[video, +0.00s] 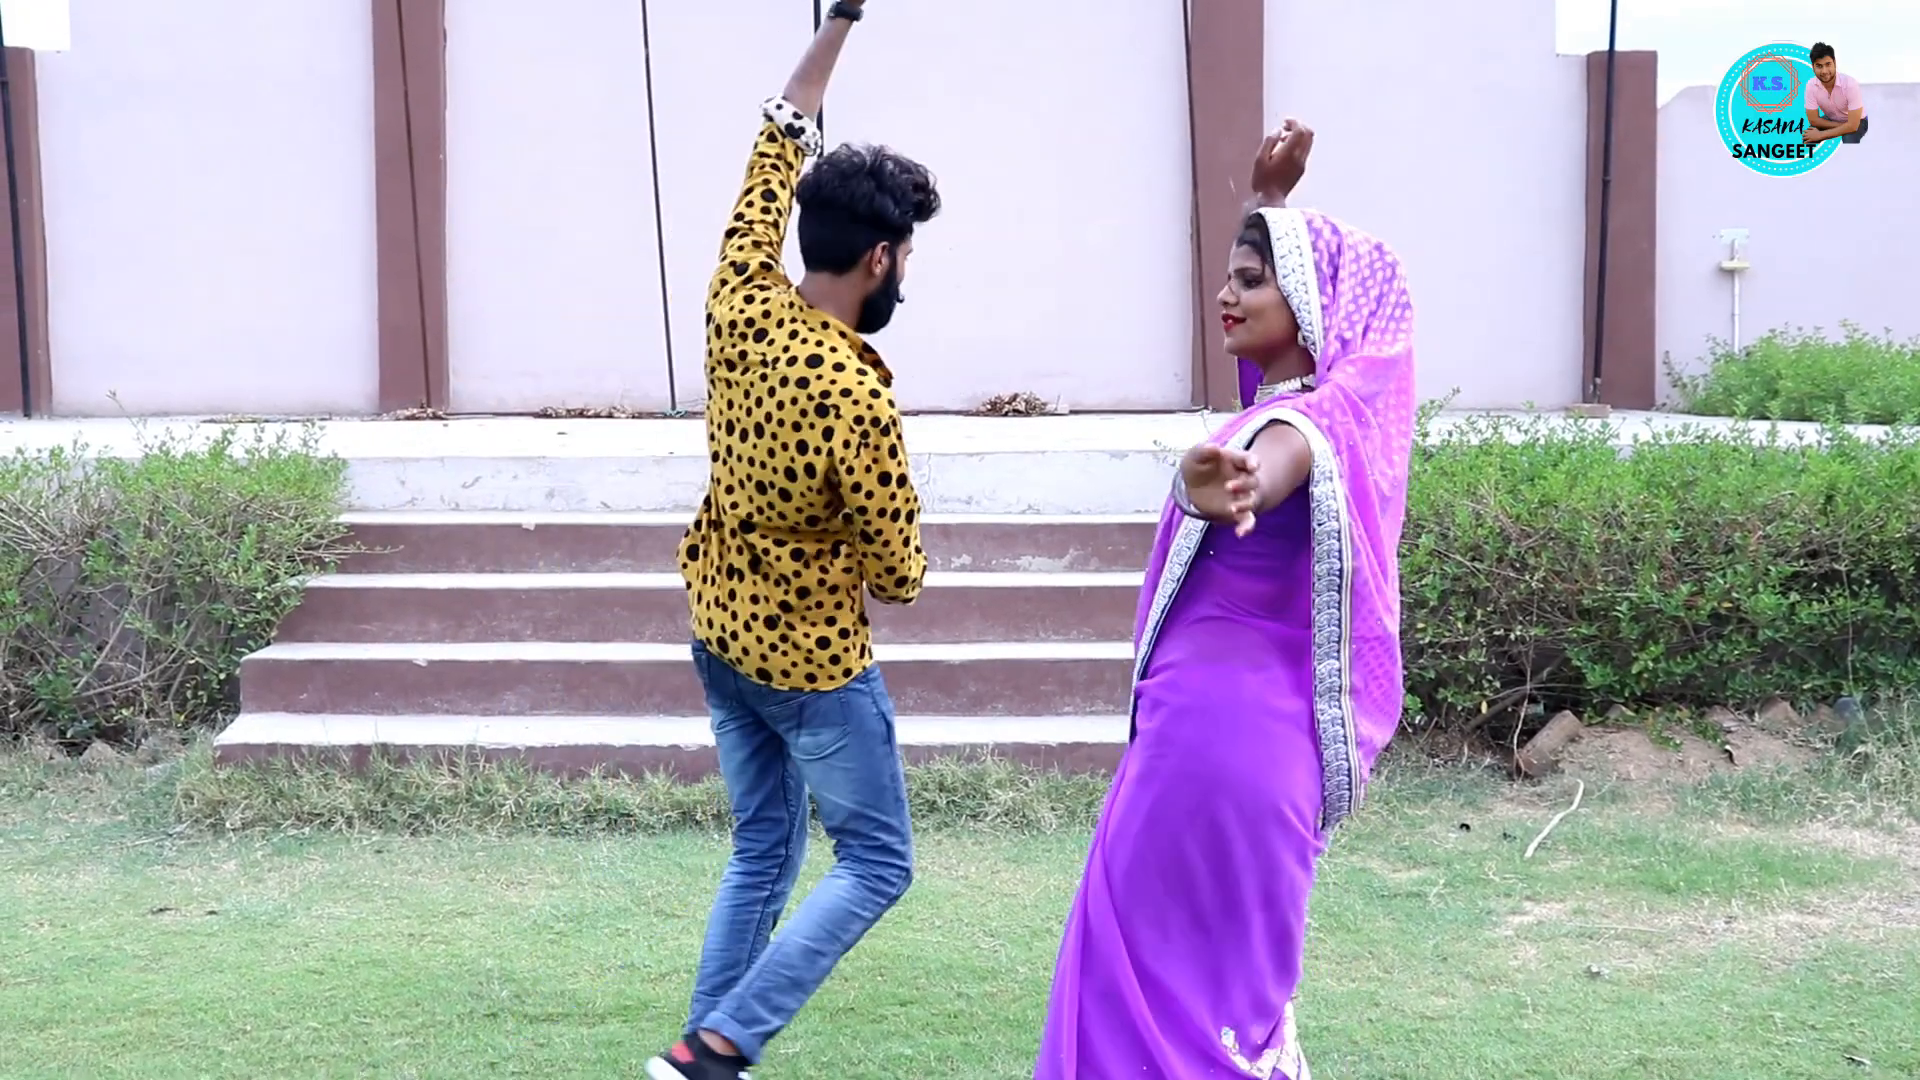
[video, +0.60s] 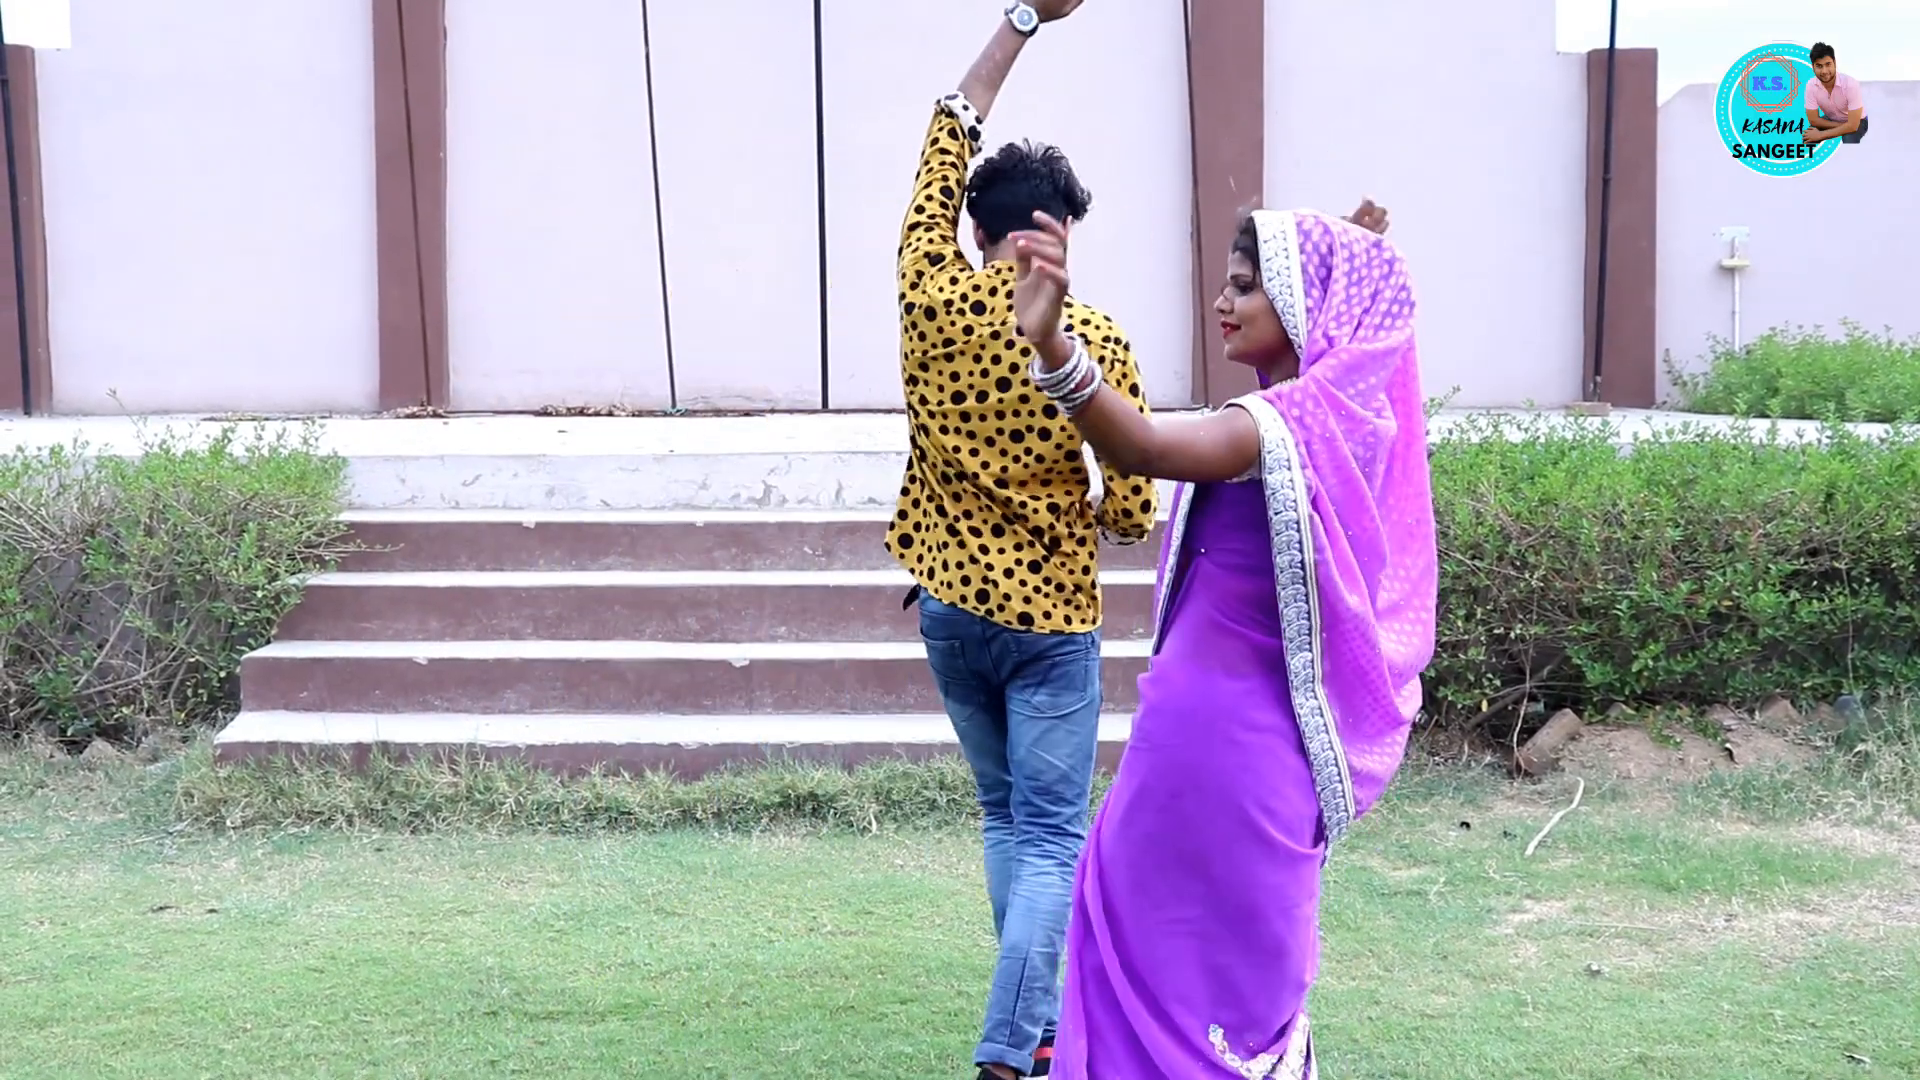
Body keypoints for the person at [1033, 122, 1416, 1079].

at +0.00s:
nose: (1228, 296)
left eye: (1251, 281)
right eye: (1229, 278)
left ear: (1310, 303)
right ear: (1309, 311)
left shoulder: (1296, 416)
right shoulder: (1324, 401)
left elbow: (1267, 464)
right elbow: (1276, 290)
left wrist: (1210, 485)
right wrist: (1270, 201)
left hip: (1218, 727)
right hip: (1259, 726)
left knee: (1116, 955)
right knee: (1235, 979)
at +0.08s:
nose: (1229, 299)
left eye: (1254, 284)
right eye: (1229, 281)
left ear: (1315, 308)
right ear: (1308, 315)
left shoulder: (1293, 423)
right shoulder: (1319, 409)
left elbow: (1247, 490)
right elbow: (1329, 294)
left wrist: (1191, 468)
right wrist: (1293, 200)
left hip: (1223, 736)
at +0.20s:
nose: (1233, 304)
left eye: (1256, 288)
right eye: (1233, 286)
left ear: (1319, 312)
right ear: (1320, 319)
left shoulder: (1307, 432)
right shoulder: (1315, 413)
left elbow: (1219, 518)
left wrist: (1165, 413)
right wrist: (1328, 253)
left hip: (1235, 742)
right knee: (1085, 908)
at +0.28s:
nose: (1233, 313)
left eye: (1258, 296)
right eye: (1235, 297)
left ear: (1326, 316)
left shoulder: (1298, 439)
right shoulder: (1341, 433)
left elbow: (1205, 532)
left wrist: (1152, 393)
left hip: (1232, 755)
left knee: (1096, 919)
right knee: (1075, 900)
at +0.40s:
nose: (1230, 320)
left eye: (1253, 304)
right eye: (1233, 303)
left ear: (1318, 323)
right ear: (1306, 331)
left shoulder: (1301, 443)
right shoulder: (1303, 432)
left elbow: (1173, 523)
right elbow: (1258, 627)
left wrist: (1131, 362)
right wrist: (1177, 751)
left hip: (1229, 765)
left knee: (1097, 965)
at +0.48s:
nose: (1229, 311)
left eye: (1253, 293)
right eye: (1231, 292)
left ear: (1318, 314)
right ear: (1313, 322)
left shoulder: (1295, 433)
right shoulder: (1338, 430)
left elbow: (1162, 493)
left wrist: (1101, 336)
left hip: (1224, 755)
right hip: (1277, 757)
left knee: (1110, 958)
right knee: (1255, 997)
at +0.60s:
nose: (1223, 304)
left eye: (1244, 286)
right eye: (1226, 285)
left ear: (1308, 302)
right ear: (1315, 311)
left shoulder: (1283, 419)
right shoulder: (1357, 414)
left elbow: (1146, 447)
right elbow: (1361, 344)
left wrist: (1051, 348)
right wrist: (1356, 261)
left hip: (1212, 738)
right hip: (1275, 737)